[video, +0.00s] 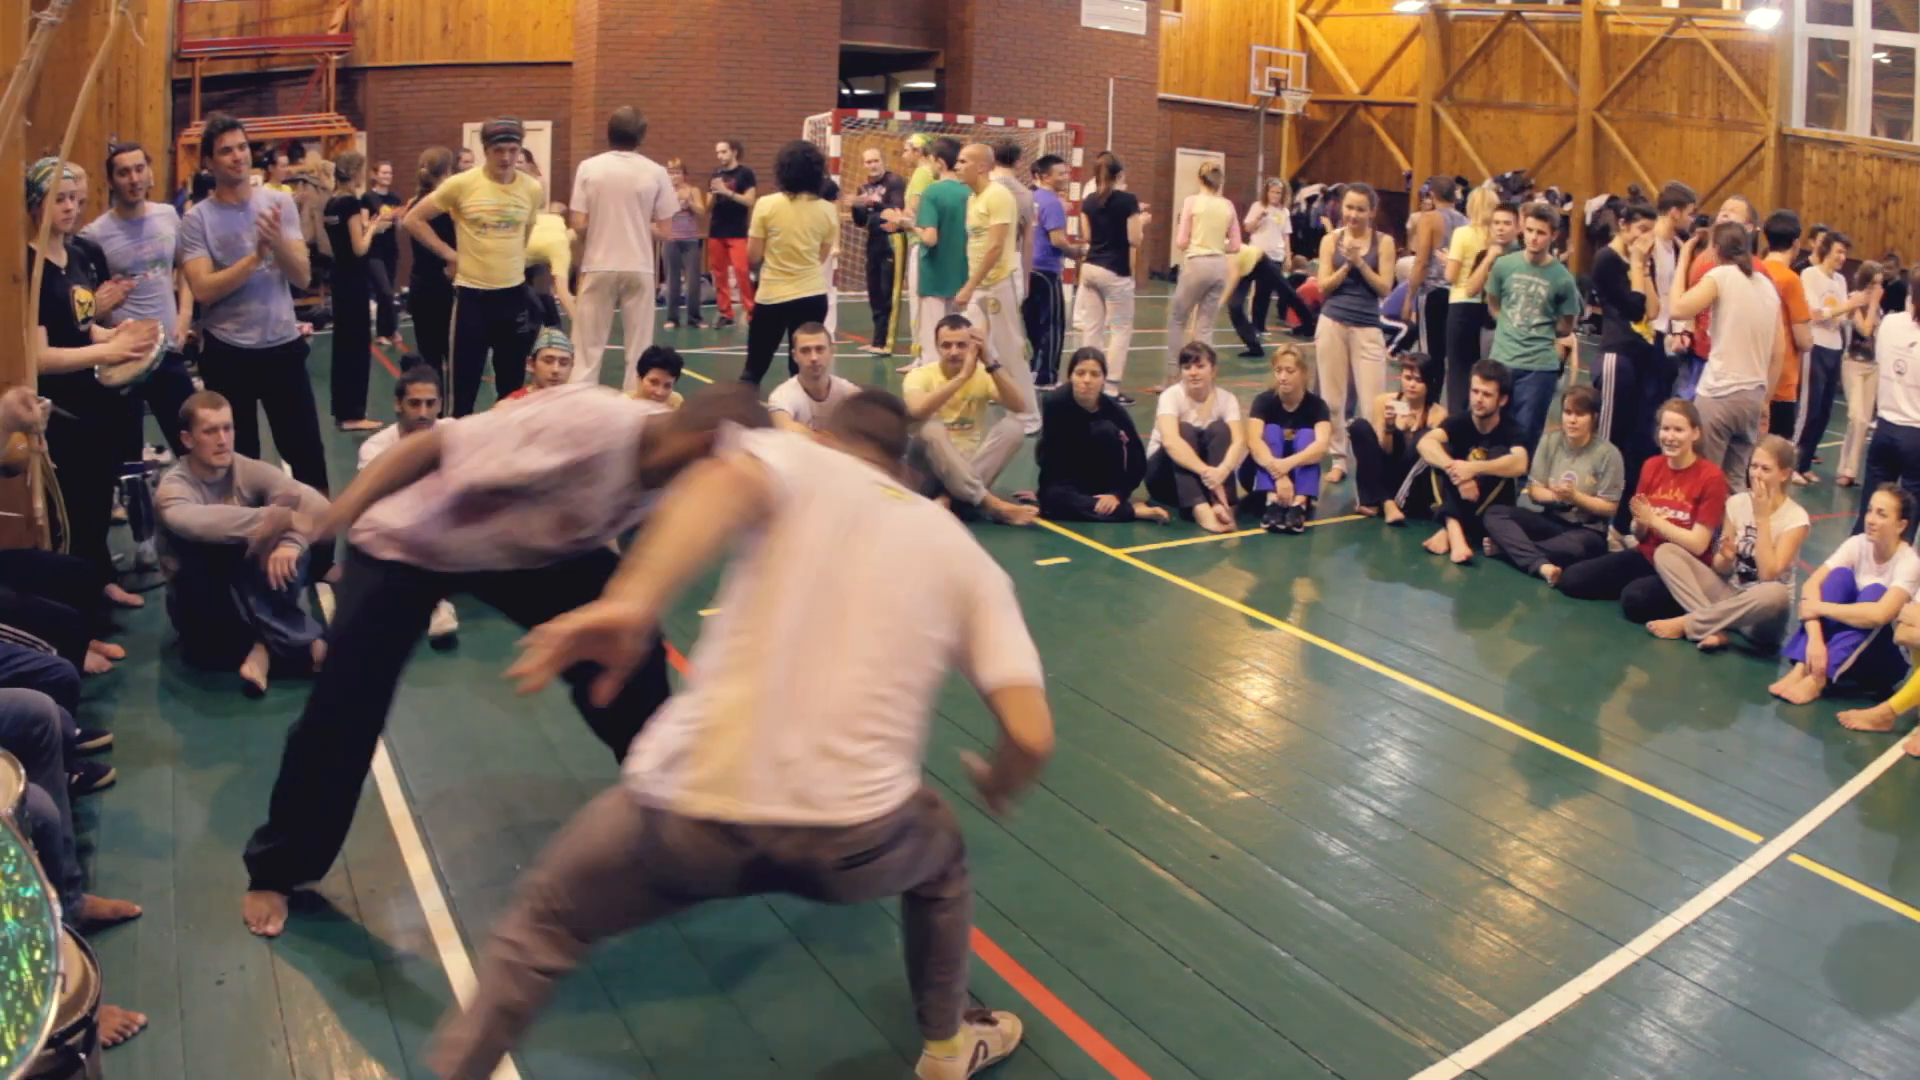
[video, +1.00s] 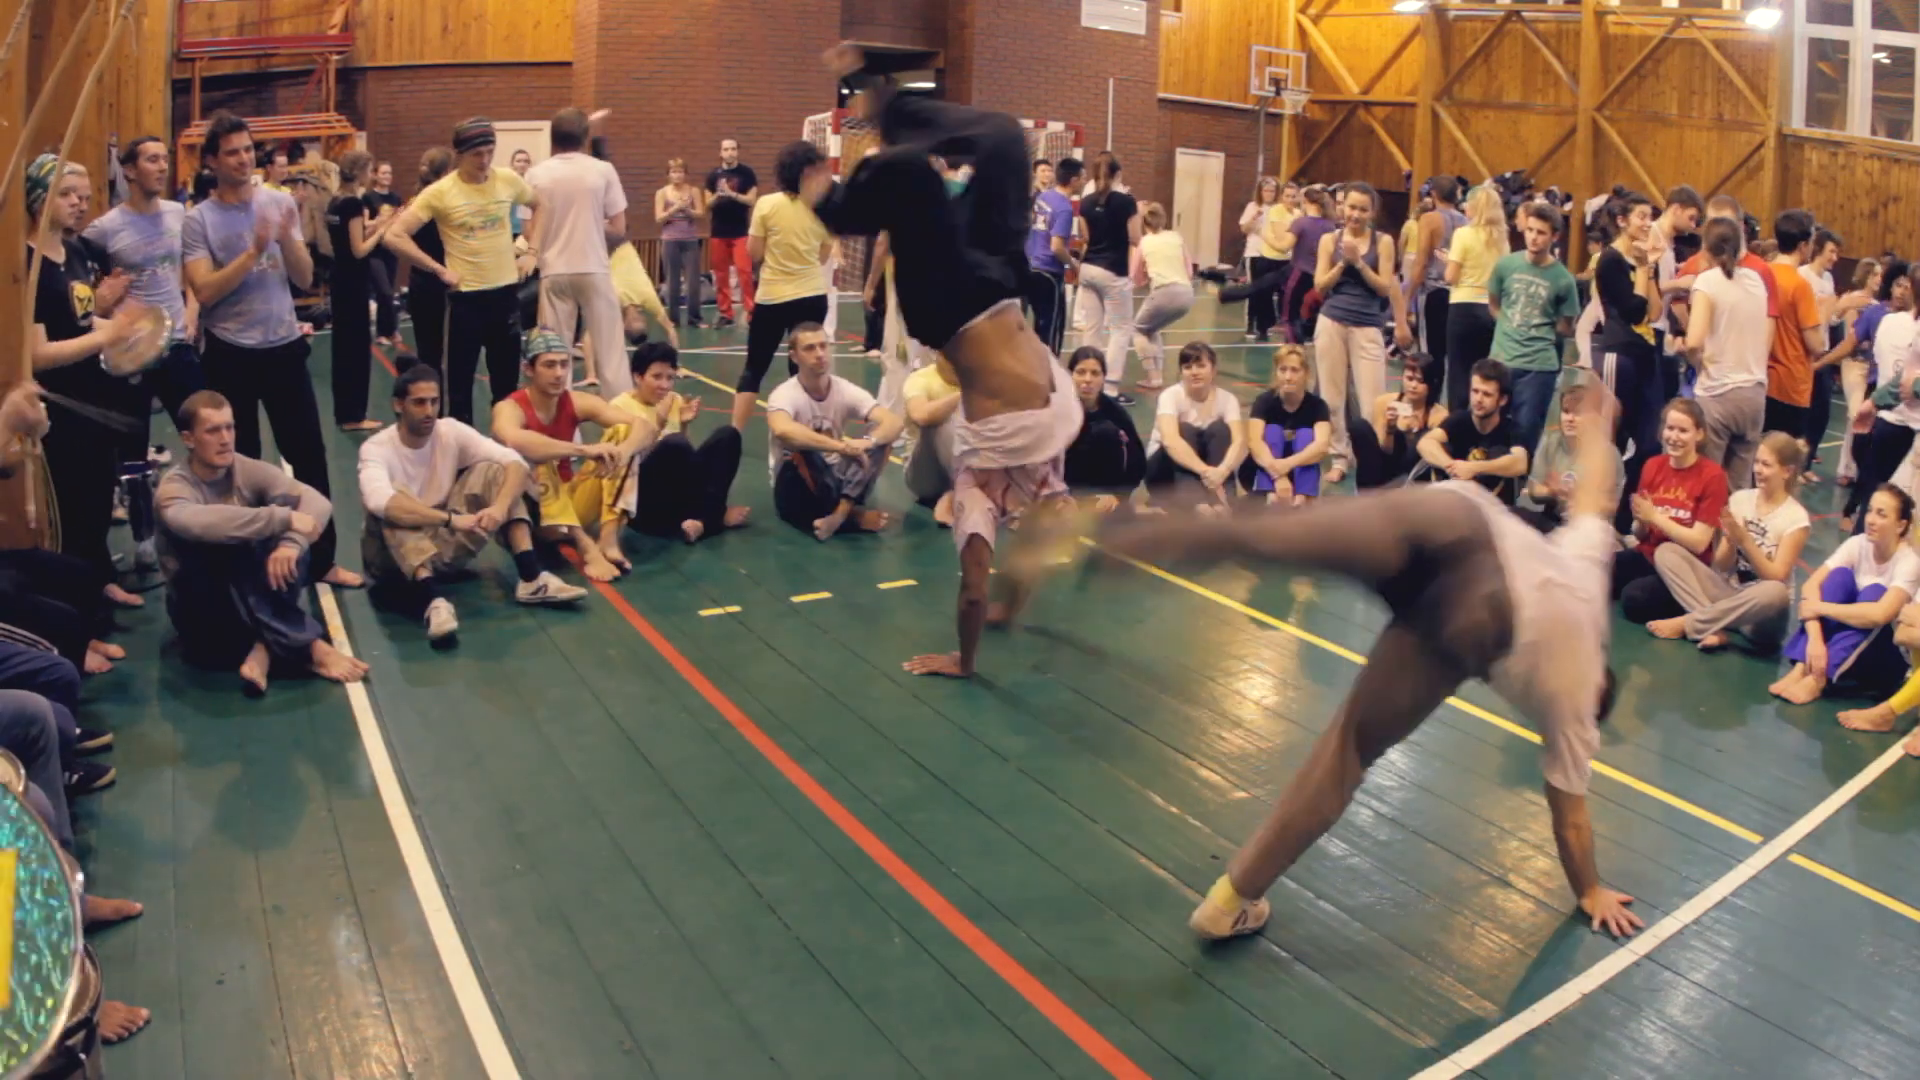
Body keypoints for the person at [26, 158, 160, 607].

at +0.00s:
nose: (73, 207)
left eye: (79, 199)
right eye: (62, 199)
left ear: (85, 202)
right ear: (37, 202)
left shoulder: (83, 255)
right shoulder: (27, 264)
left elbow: (85, 325)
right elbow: (36, 356)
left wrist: (121, 335)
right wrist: (104, 351)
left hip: (96, 392)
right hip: (58, 401)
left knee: (98, 495)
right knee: (71, 499)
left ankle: (102, 577)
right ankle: (77, 591)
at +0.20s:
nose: (70, 202)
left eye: (75, 194)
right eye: (61, 192)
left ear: (79, 200)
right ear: (34, 198)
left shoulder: (80, 251)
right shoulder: (24, 260)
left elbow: (87, 320)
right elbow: (34, 352)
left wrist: (117, 311)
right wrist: (103, 324)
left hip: (99, 379)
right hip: (57, 388)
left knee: (99, 486)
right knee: (73, 490)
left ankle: (101, 575)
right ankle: (77, 589)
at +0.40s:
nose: (72, 202)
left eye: (77, 195)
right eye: (63, 193)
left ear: (81, 200)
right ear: (36, 200)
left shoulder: (83, 253)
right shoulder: (20, 261)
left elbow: (87, 322)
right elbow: (20, 354)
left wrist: (117, 316)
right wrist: (95, 358)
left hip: (98, 393)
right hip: (56, 401)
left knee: (98, 497)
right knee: (73, 501)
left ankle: (101, 578)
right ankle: (79, 592)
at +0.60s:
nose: (78, 205)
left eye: (83, 198)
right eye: (68, 196)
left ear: (87, 202)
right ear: (38, 201)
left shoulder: (76, 253)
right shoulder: (22, 264)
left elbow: (83, 322)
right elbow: (30, 357)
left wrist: (123, 321)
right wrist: (100, 346)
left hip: (92, 390)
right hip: (56, 398)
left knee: (97, 494)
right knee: (72, 499)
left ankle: (101, 578)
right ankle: (79, 595)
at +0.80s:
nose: (77, 203)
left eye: (81, 195)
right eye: (66, 194)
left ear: (84, 200)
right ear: (39, 200)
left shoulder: (74, 253)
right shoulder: (21, 261)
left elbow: (78, 322)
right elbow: (21, 353)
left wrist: (117, 324)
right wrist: (93, 361)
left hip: (92, 393)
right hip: (54, 399)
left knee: (96, 494)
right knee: (71, 498)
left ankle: (100, 576)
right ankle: (78, 590)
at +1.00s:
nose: (79, 203)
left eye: (84, 194)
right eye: (68, 194)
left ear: (88, 199)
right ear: (41, 200)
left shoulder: (80, 254)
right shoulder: (27, 263)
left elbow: (86, 322)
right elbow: (35, 354)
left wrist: (112, 315)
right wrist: (104, 335)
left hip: (93, 387)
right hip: (57, 397)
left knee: (97, 495)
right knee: (76, 500)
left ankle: (101, 576)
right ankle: (82, 593)